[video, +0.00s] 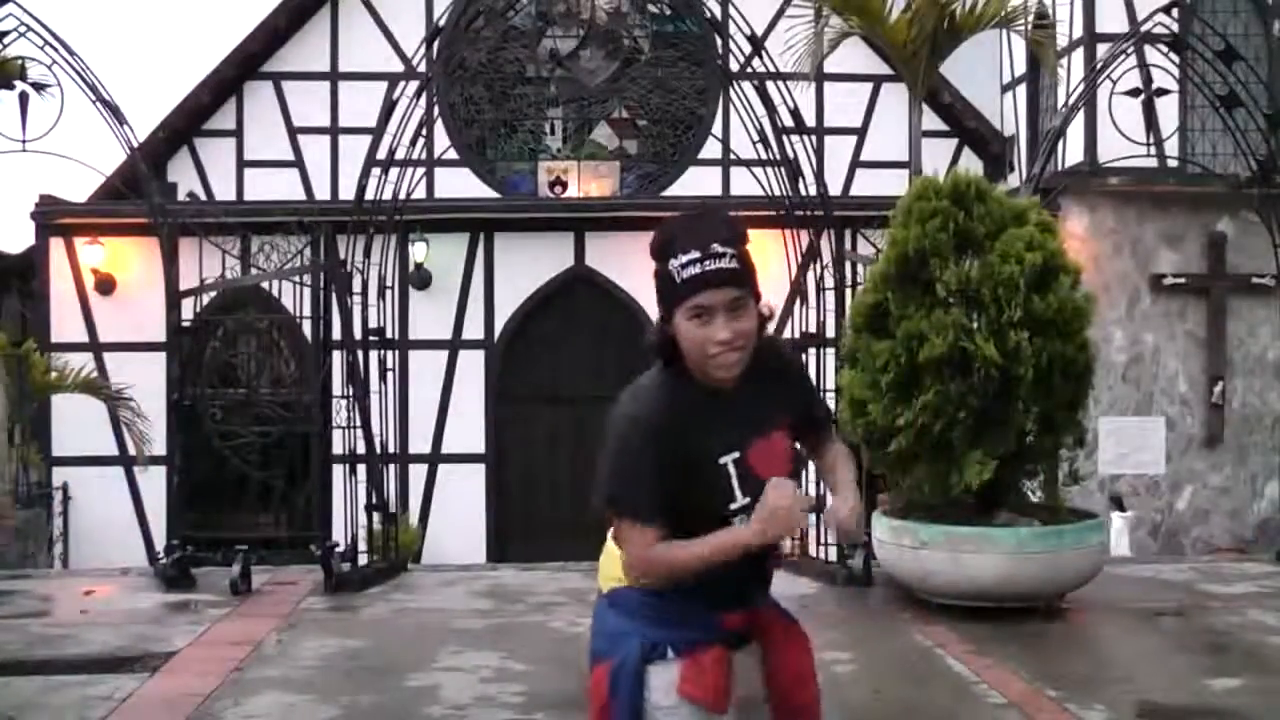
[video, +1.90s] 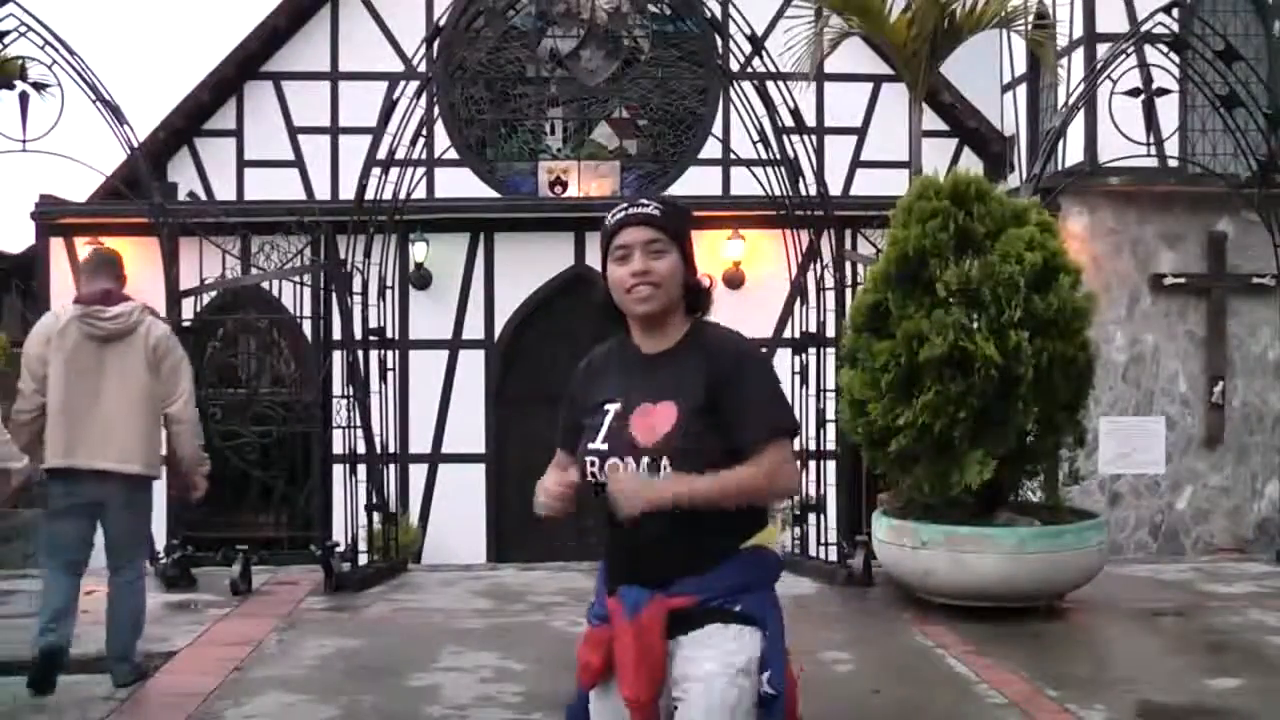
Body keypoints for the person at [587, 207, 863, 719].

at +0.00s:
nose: (724, 332)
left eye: (736, 310)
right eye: (701, 316)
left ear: (758, 308)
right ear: (671, 324)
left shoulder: (775, 370)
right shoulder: (645, 413)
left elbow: (825, 440)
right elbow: (641, 563)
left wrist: (845, 494)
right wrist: (753, 532)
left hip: (748, 611)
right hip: (662, 622)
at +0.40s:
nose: (775, 283)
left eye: (789, 266)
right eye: (755, 270)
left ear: (810, 279)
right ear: (730, 288)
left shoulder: (833, 376)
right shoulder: (691, 371)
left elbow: (880, 480)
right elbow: (647, 481)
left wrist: (855, 528)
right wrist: (755, 473)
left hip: (792, 591)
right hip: (696, 590)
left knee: (809, 704)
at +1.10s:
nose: (768, 264)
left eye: (784, 252)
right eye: (752, 255)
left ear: (809, 270)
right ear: (733, 277)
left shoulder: (849, 368)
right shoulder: (701, 354)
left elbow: (887, 479)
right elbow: (645, 460)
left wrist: (798, 489)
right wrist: (707, 430)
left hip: (810, 599)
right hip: (701, 594)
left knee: (818, 710)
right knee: (675, 709)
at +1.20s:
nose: (739, 265)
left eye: (755, 252)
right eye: (723, 256)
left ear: (781, 270)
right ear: (705, 280)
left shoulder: (825, 362)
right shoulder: (677, 362)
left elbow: (862, 478)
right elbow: (628, 467)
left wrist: (786, 434)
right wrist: (672, 486)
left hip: (795, 599)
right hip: (687, 599)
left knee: (808, 711)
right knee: (661, 711)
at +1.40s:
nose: (685, 268)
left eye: (701, 254)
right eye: (668, 258)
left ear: (729, 271)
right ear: (651, 281)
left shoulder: (777, 362)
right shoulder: (631, 367)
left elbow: (828, 469)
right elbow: (599, 459)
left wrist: (726, 466)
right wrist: (601, 497)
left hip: (761, 596)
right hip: (650, 599)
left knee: (823, 709)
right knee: (610, 709)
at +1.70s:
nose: (639, 264)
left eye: (655, 248)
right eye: (622, 253)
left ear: (684, 260)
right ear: (606, 272)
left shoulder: (731, 345)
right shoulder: (598, 362)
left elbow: (778, 459)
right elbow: (561, 483)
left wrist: (665, 429)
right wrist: (587, 483)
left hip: (729, 590)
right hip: (629, 593)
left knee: (766, 709)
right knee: (607, 709)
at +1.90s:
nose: (638, 269)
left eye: (656, 252)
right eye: (622, 256)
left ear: (686, 265)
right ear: (606, 275)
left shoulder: (733, 358)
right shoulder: (595, 370)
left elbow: (781, 474)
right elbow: (570, 463)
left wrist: (664, 490)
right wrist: (553, 488)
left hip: (720, 605)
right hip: (623, 605)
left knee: (709, 709)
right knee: (608, 710)